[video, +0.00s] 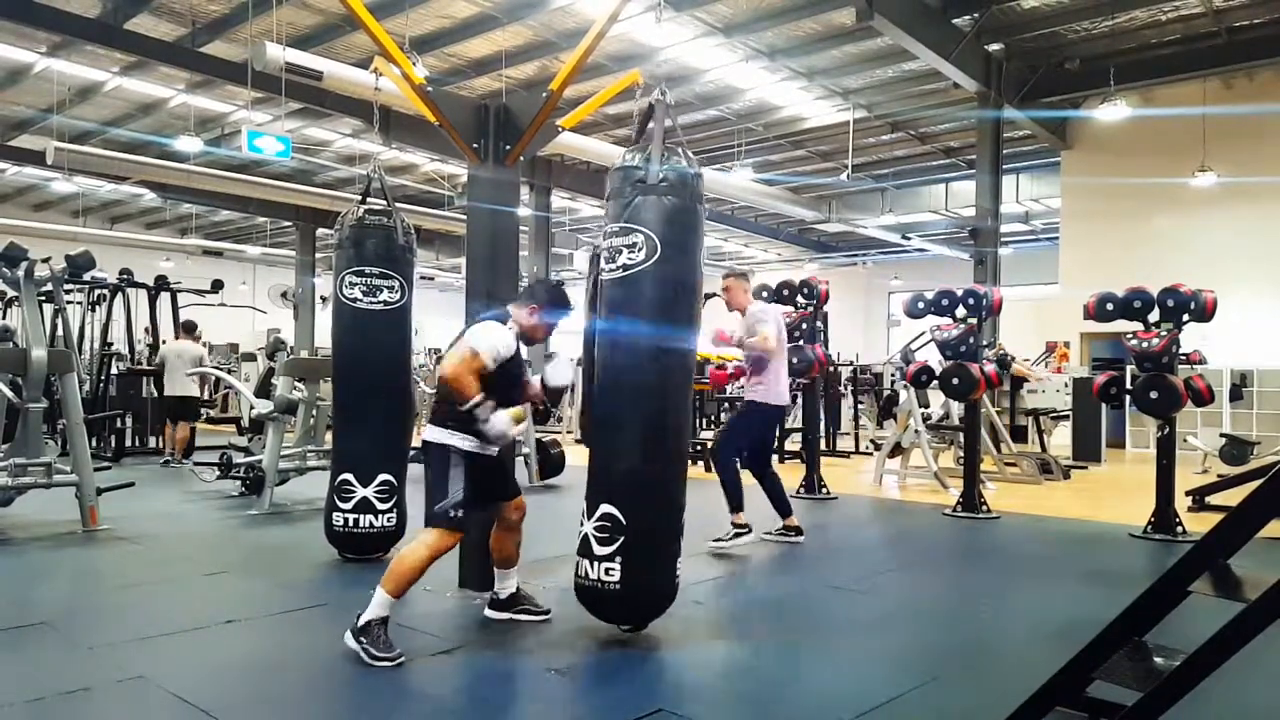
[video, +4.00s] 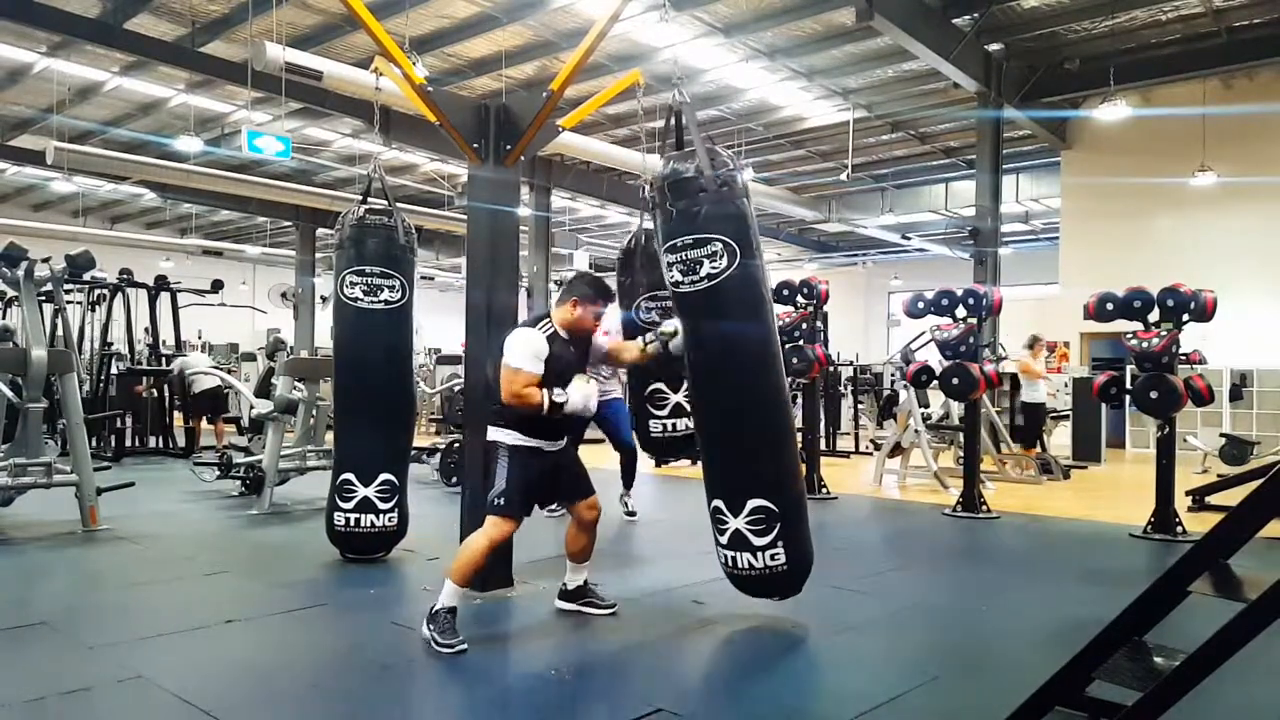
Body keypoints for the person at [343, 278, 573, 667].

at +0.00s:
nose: (550, 334)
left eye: (553, 328)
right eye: (549, 325)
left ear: (531, 313)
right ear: (530, 312)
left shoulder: (514, 342)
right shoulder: (494, 334)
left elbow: (510, 389)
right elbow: (452, 370)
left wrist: (544, 390)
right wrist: (487, 414)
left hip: (486, 447)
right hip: (453, 443)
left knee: (512, 511)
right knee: (445, 533)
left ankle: (505, 597)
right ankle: (369, 623)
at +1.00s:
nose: (561, 317)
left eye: (566, 312)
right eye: (561, 309)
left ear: (560, 311)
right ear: (547, 301)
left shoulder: (544, 337)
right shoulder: (517, 326)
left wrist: (569, 393)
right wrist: (552, 386)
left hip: (527, 443)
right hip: (491, 440)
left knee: (552, 511)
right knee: (482, 526)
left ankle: (547, 588)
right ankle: (415, 614)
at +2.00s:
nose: (461, 309)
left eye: (464, 301)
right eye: (460, 299)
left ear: (439, 290)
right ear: (435, 287)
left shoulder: (424, 327)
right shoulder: (394, 319)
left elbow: (411, 379)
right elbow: (385, 375)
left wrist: (439, 403)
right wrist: (432, 400)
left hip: (416, 449)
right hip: (371, 451)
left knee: (454, 518)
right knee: (351, 544)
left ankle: (474, 598)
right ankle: (299, 632)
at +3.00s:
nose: (504, 312)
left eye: (508, 305)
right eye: (504, 302)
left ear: (490, 291)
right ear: (483, 286)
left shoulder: (480, 324)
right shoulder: (431, 311)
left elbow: (491, 375)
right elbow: (427, 370)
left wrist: (519, 362)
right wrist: (479, 350)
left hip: (463, 440)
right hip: (417, 440)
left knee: (498, 508)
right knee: (404, 531)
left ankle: (470, 591)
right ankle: (367, 625)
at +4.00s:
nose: (599, 323)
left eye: (600, 316)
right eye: (595, 315)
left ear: (580, 309)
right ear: (573, 306)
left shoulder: (580, 338)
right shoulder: (528, 339)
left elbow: (621, 352)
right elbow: (513, 393)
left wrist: (657, 344)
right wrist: (565, 400)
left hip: (556, 447)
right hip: (514, 446)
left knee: (588, 512)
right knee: (500, 528)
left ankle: (574, 588)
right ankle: (442, 611)